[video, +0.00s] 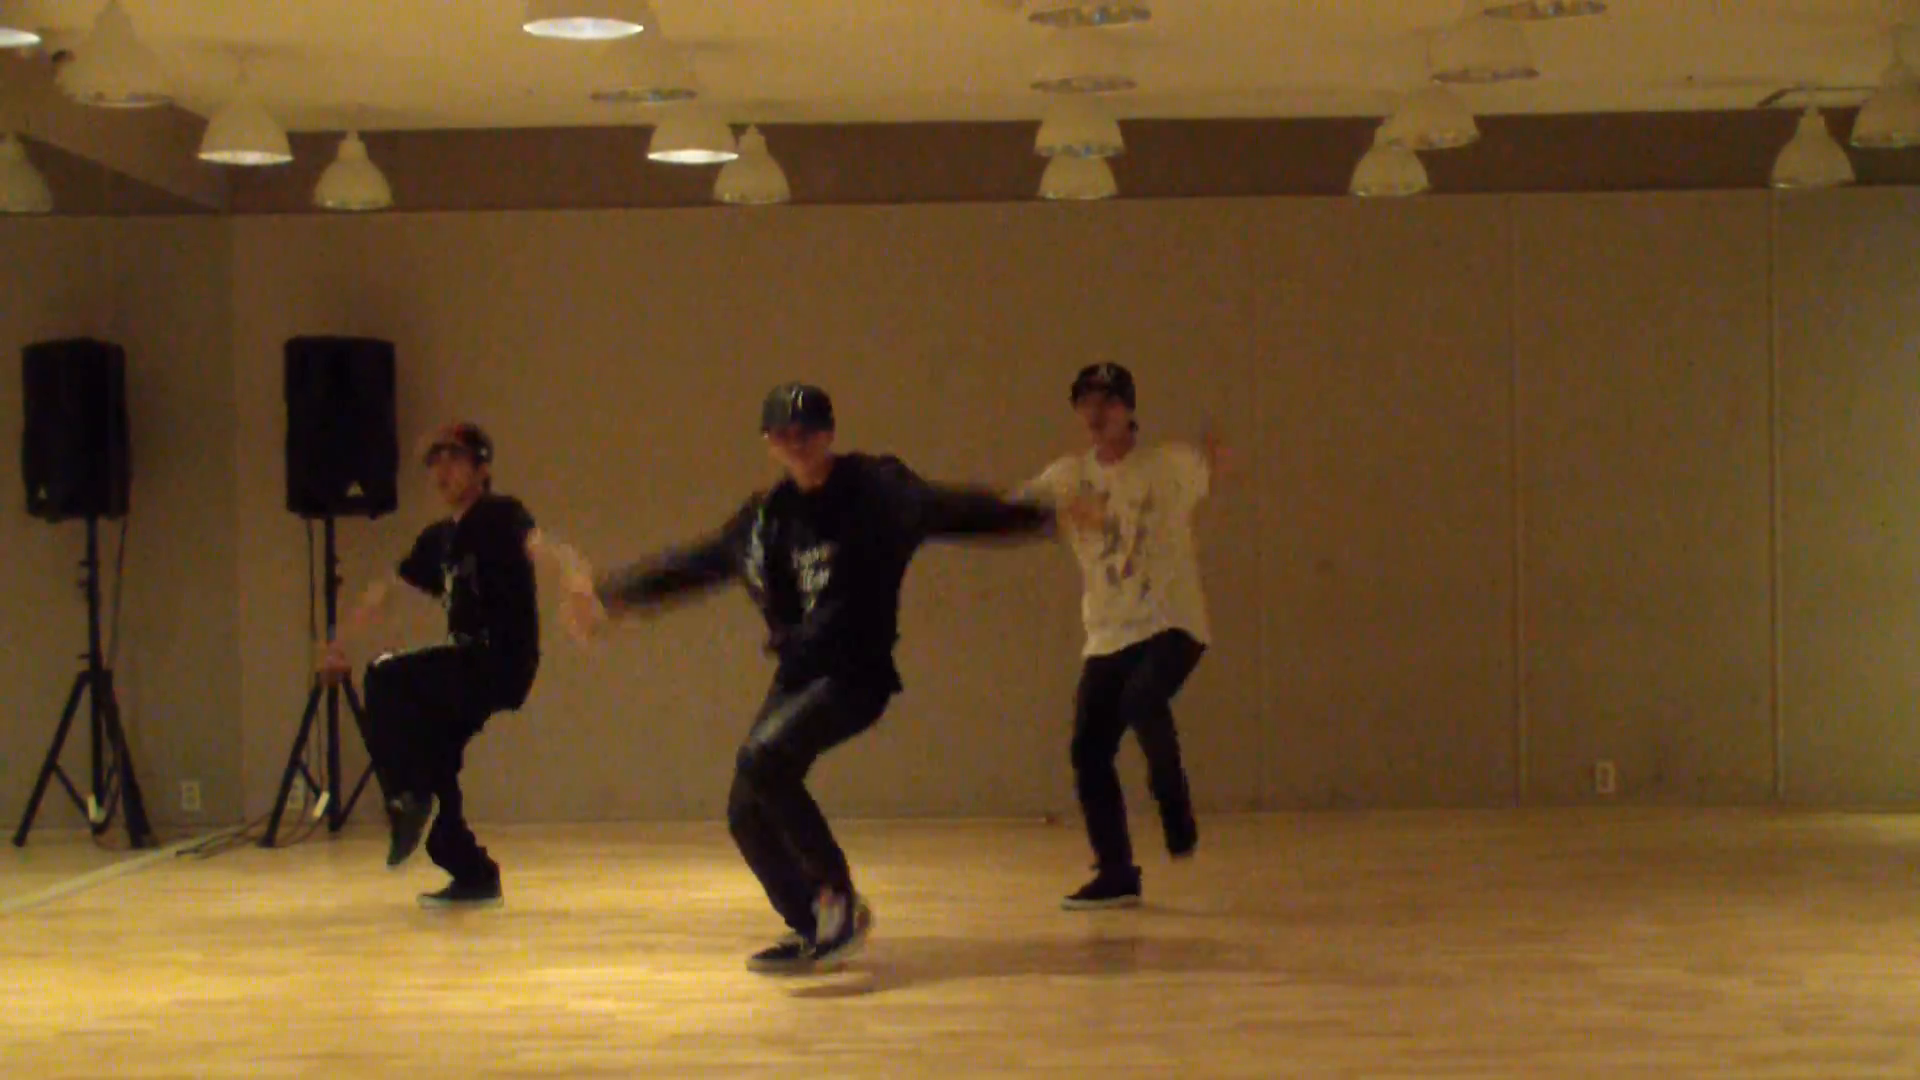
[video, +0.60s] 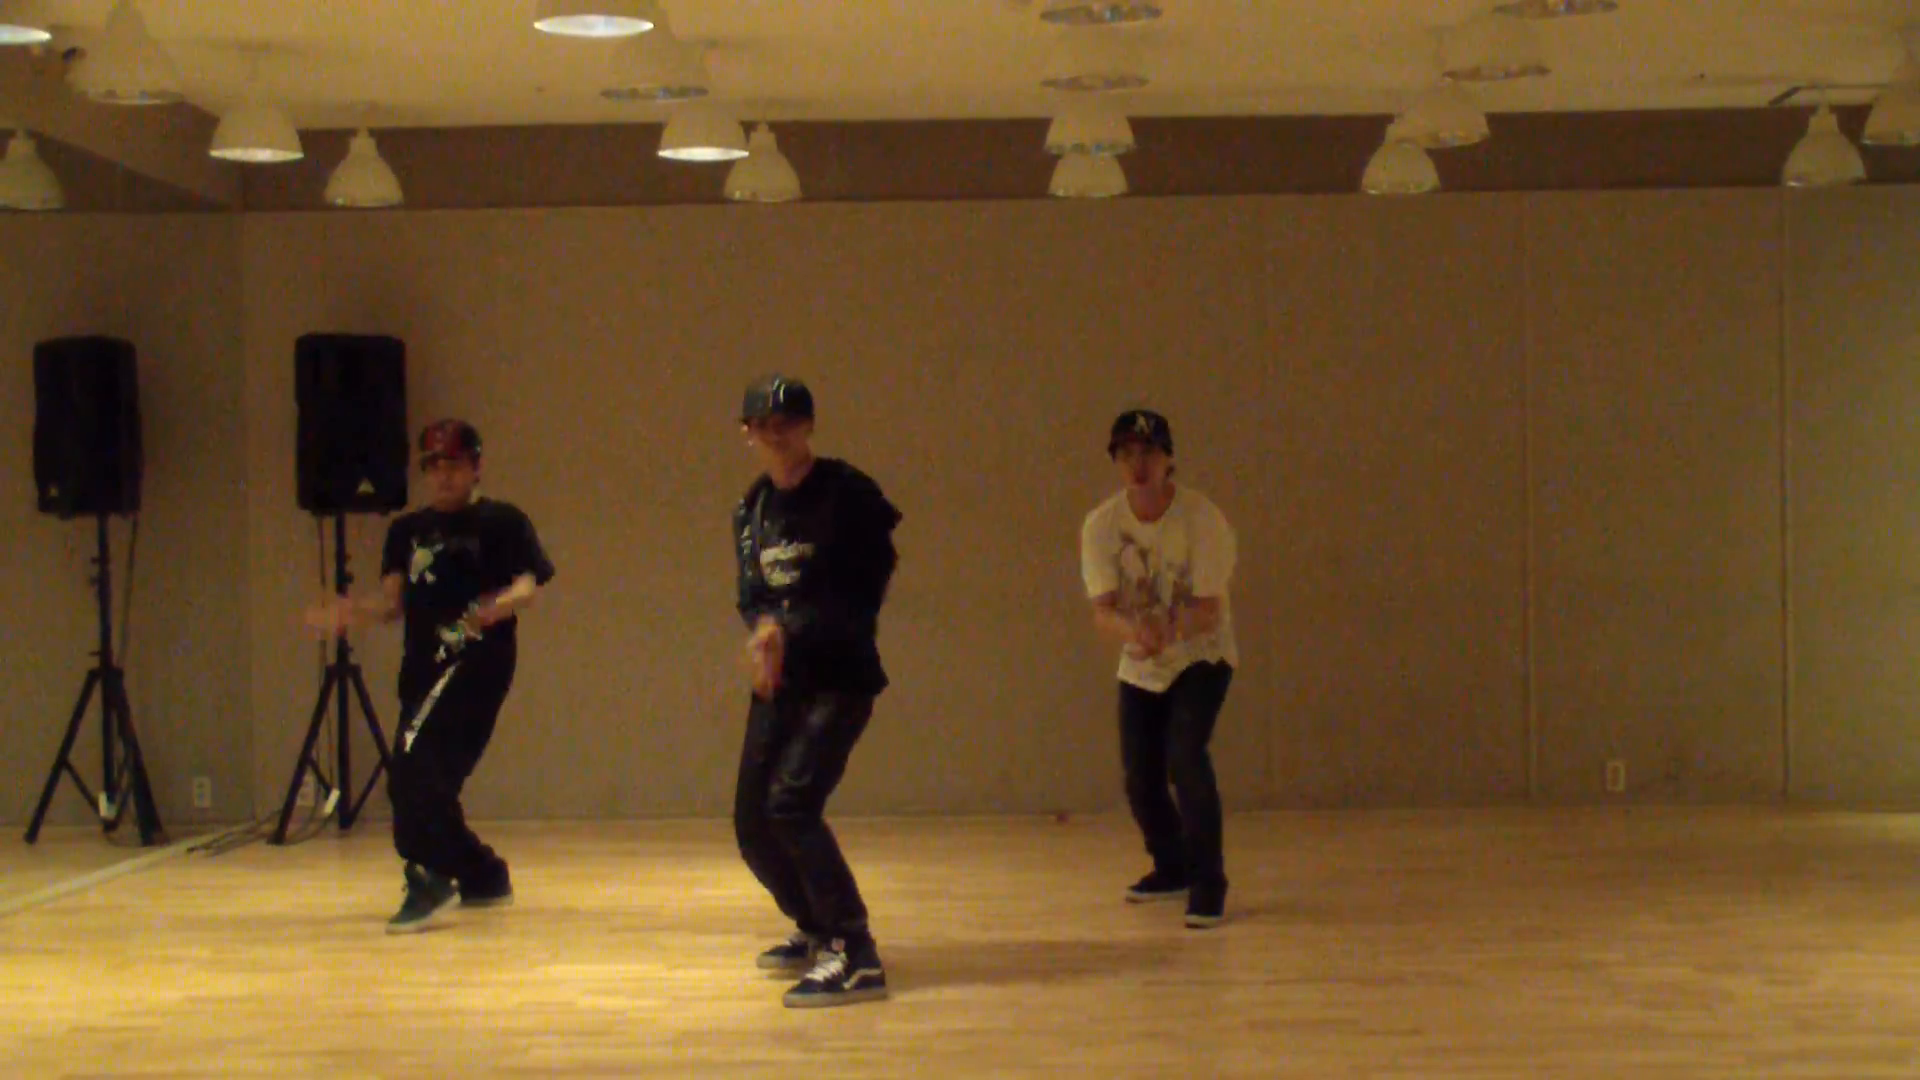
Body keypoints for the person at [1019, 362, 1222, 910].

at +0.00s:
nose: (1096, 420)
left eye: (1106, 409)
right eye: (1086, 411)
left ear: (1130, 411)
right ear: (1077, 417)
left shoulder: (1170, 465)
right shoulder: (1069, 477)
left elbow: (1204, 477)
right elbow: (1010, 508)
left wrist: (1219, 469)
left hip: (1174, 625)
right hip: (1109, 638)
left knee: (1143, 699)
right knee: (1089, 749)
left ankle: (1174, 811)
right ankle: (1115, 870)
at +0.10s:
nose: (1115, 392)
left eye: (1126, 381)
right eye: (1104, 382)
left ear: (1145, 389)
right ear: (1090, 391)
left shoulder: (1174, 440)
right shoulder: (1076, 455)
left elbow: (1202, 377)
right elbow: (1005, 411)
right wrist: (979, 339)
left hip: (1177, 616)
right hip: (1115, 624)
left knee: (1169, 732)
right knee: (1104, 745)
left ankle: (1190, 865)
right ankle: (1147, 853)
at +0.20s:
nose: (1132, 404)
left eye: (1142, 394)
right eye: (1122, 395)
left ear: (1158, 401)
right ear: (1105, 403)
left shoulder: (1179, 450)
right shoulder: (1095, 459)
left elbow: (1177, 365)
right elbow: (1072, 383)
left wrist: (1137, 302)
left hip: (1178, 622)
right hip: (1116, 625)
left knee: (1183, 752)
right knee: (1125, 758)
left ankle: (1205, 885)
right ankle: (1165, 864)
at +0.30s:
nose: (1139, 410)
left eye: (1151, 400)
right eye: (1127, 401)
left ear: (1167, 412)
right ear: (1111, 413)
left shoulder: (1193, 467)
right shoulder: (1095, 471)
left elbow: (1230, 388)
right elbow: (1040, 408)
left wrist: (1199, 309)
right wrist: (1074, 338)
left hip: (1186, 635)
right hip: (1121, 639)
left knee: (1187, 761)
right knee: (1133, 770)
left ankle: (1205, 887)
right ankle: (1166, 866)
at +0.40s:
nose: (1139, 418)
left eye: (1150, 407)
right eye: (1128, 407)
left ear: (1167, 417)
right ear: (1112, 419)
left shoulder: (1198, 471)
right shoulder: (1094, 480)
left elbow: (1280, 452)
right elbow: (1021, 478)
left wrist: (1313, 388)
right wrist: (998, 410)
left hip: (1193, 641)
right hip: (1131, 649)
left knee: (1190, 757)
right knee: (1140, 769)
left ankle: (1207, 886)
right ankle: (1169, 866)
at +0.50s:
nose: (1139, 439)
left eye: (1149, 428)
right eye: (1129, 429)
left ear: (1168, 432)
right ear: (1113, 435)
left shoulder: (1202, 488)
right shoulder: (1097, 497)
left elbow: (1250, 542)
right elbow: (1060, 562)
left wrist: (1276, 554)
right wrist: (1031, 558)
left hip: (1200, 647)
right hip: (1138, 653)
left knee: (1188, 755)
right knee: (1140, 768)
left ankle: (1209, 884)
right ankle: (1171, 864)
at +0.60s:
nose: (1137, 466)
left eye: (1147, 454)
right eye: (1127, 455)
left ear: (1168, 459)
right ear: (1115, 461)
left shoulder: (1203, 518)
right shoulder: (1100, 525)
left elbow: (1211, 609)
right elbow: (1102, 613)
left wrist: (1168, 629)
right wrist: (1133, 633)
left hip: (1201, 659)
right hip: (1141, 663)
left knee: (1185, 758)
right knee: (1140, 774)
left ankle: (1208, 883)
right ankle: (1171, 864)